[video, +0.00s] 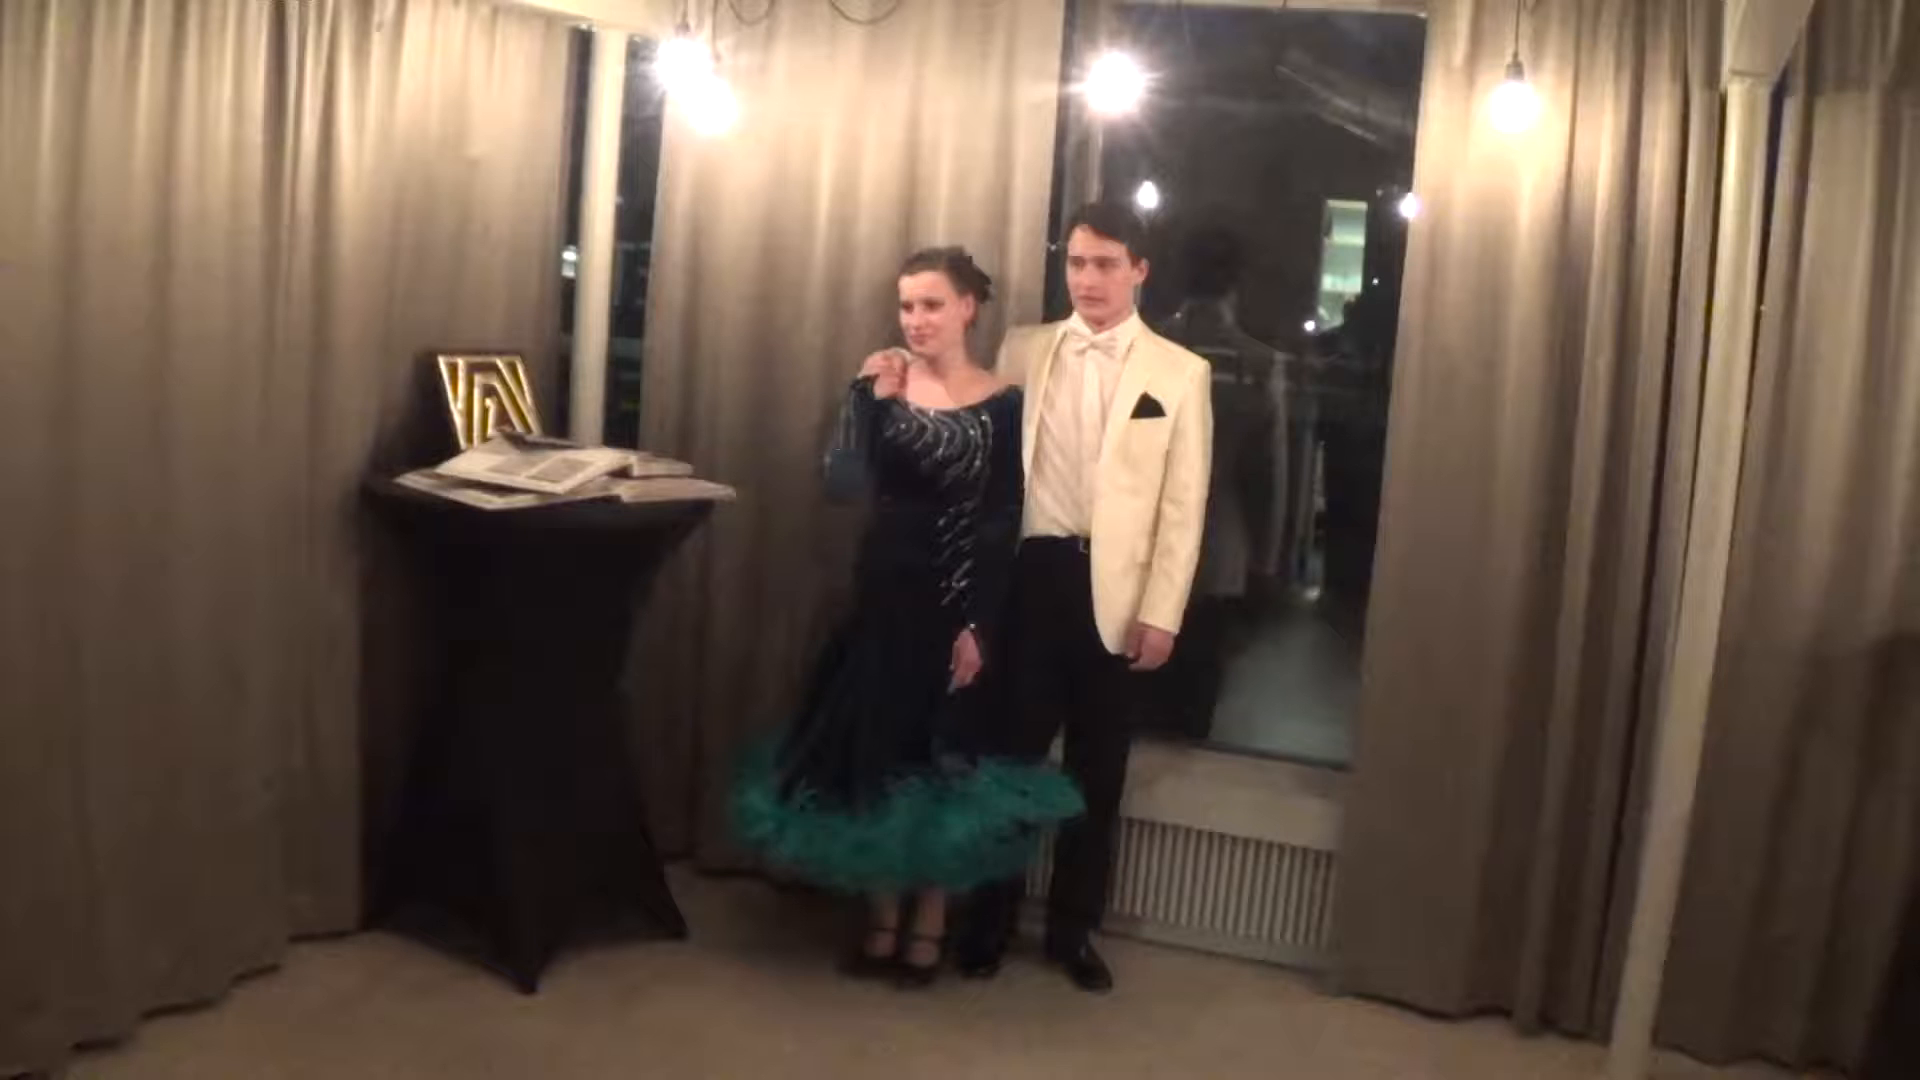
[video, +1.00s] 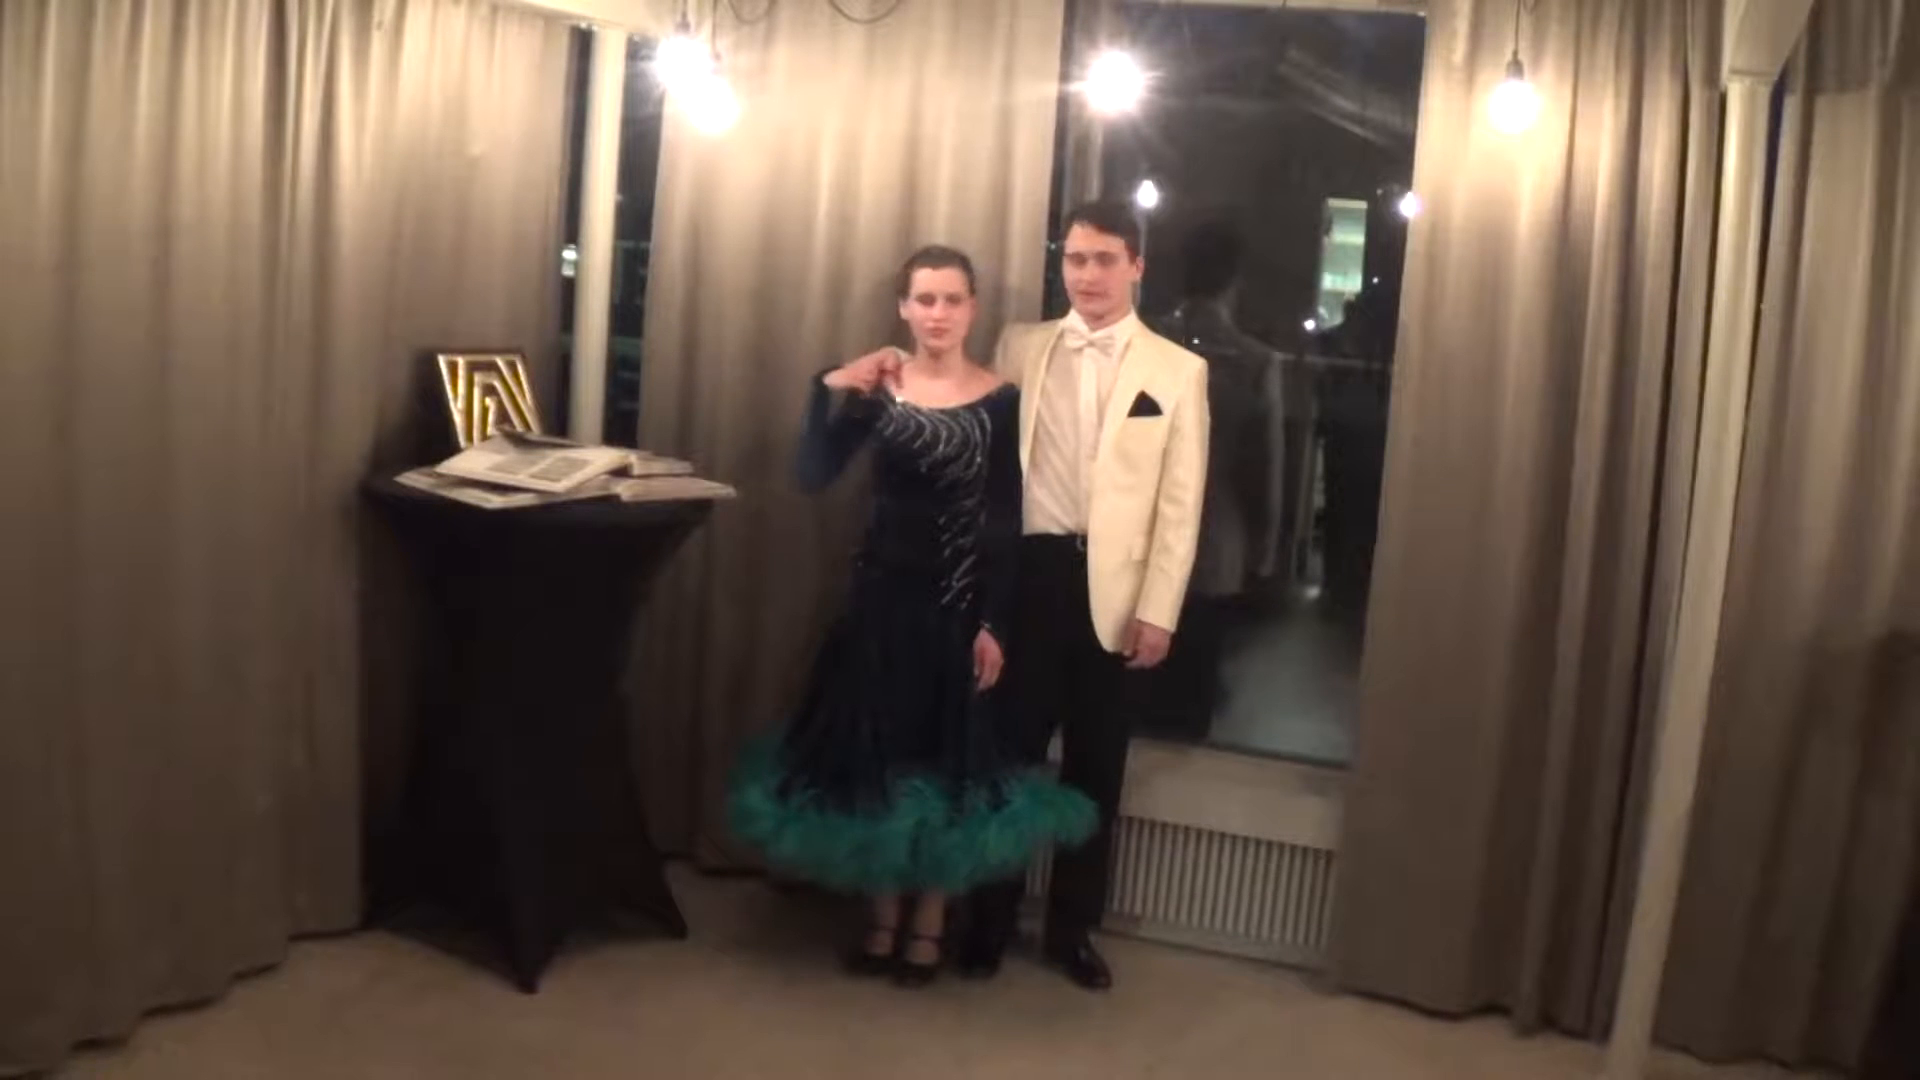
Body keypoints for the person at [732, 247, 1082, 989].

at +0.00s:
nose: (916, 319)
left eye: (931, 305)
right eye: (907, 306)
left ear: (971, 309)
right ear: (899, 312)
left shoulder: (1002, 402)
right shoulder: (884, 391)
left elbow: (1001, 522)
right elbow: (843, 484)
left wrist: (977, 623)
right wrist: (867, 397)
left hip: (960, 600)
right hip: (887, 589)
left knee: (943, 753)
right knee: (879, 746)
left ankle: (931, 906)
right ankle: (883, 902)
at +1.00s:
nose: (938, 313)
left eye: (952, 300)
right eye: (925, 299)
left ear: (975, 309)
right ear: (902, 308)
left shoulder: (998, 398)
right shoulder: (880, 389)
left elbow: (1004, 518)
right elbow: (816, 473)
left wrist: (993, 621)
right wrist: (834, 392)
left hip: (961, 597)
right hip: (886, 589)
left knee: (948, 751)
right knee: (883, 746)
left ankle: (932, 911)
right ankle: (883, 906)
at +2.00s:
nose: (960, 323)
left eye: (971, 310)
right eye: (945, 309)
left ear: (984, 315)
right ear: (907, 312)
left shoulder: (996, 399)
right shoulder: (877, 386)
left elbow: (1007, 516)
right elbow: (812, 480)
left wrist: (1005, 619)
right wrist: (835, 397)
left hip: (961, 600)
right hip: (885, 592)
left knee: (942, 752)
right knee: (882, 748)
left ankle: (924, 909)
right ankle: (882, 907)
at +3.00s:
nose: (959, 323)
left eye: (968, 309)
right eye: (943, 309)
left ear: (980, 314)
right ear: (903, 311)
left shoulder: (991, 397)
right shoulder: (870, 384)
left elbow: (1004, 514)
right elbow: (808, 482)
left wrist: (1004, 617)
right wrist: (828, 397)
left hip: (958, 597)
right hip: (881, 589)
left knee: (939, 753)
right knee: (878, 748)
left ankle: (922, 909)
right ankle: (878, 906)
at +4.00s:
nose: (956, 323)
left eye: (966, 309)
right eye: (940, 309)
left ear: (978, 314)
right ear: (900, 311)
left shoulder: (991, 396)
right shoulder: (872, 385)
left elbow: (1005, 514)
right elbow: (809, 481)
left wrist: (1004, 617)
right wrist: (831, 397)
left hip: (959, 598)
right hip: (883, 591)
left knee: (940, 753)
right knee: (881, 749)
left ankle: (922, 913)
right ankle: (880, 909)